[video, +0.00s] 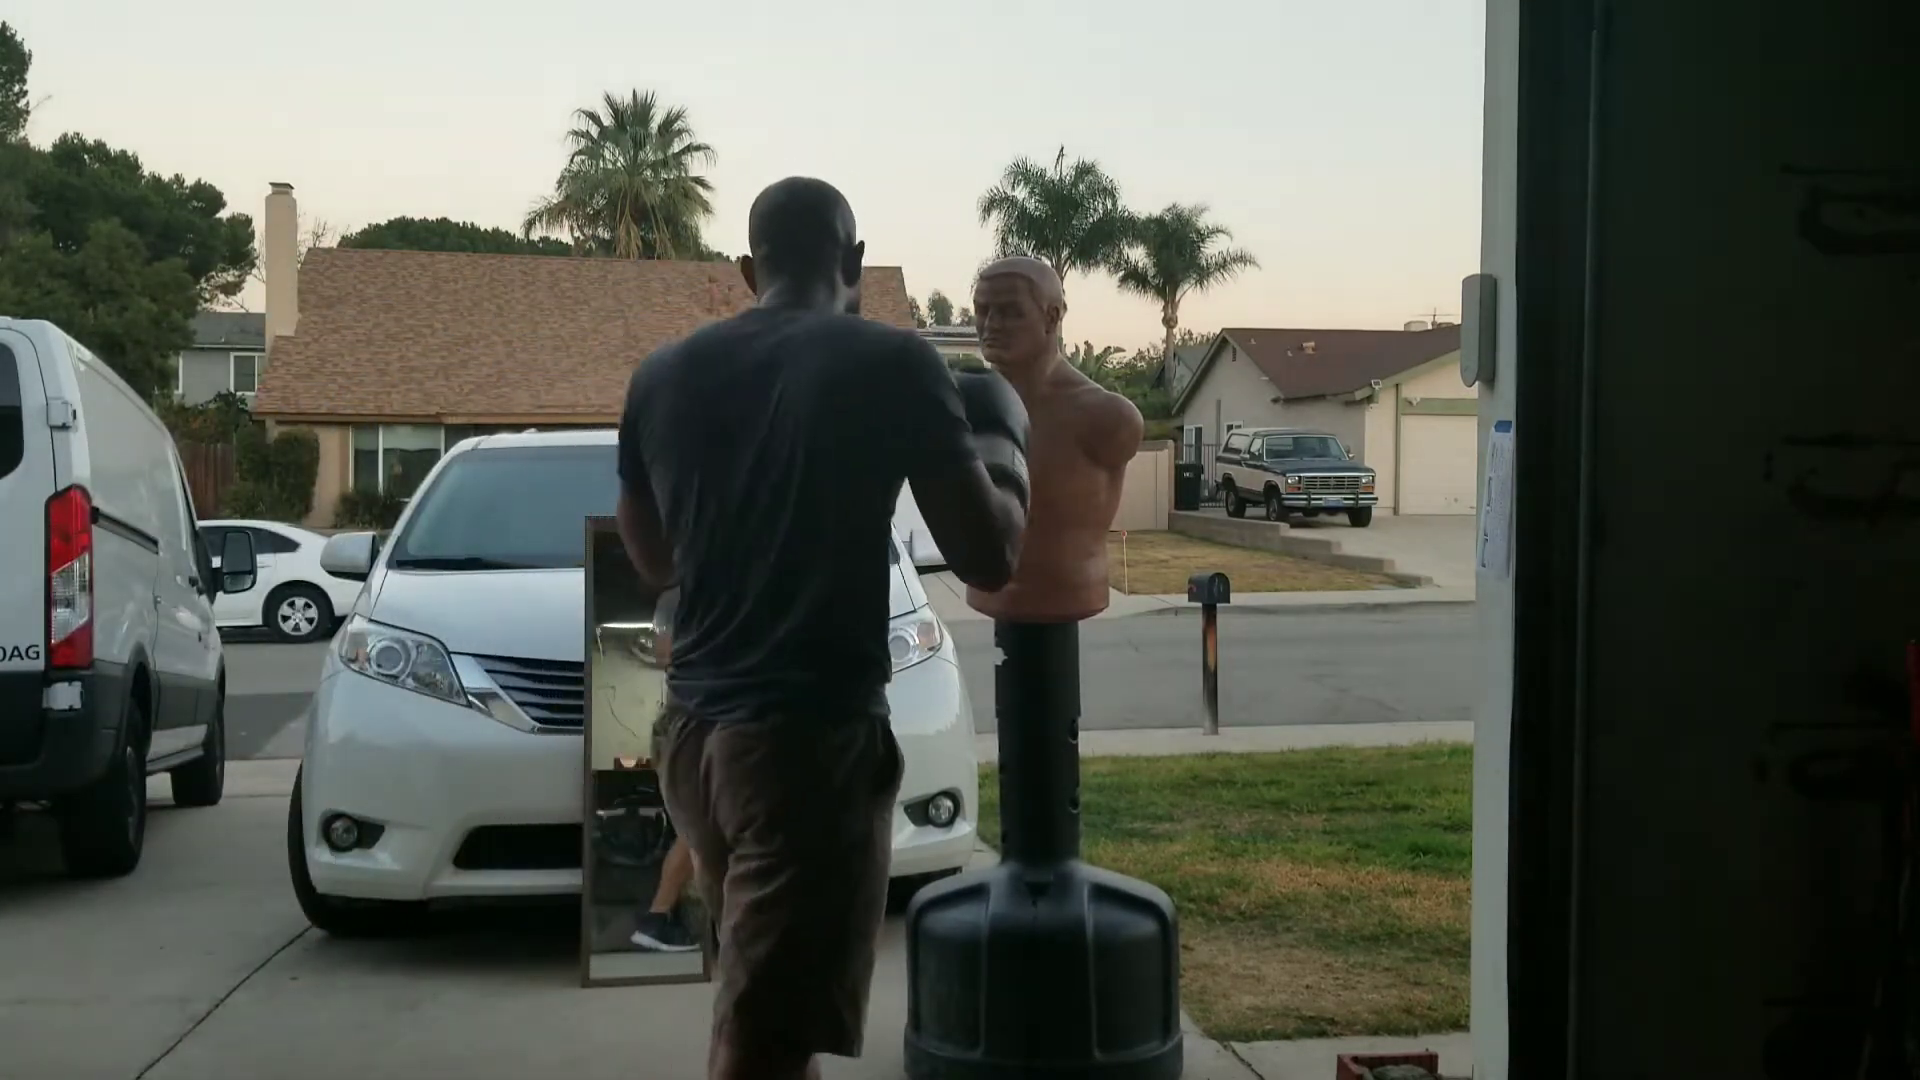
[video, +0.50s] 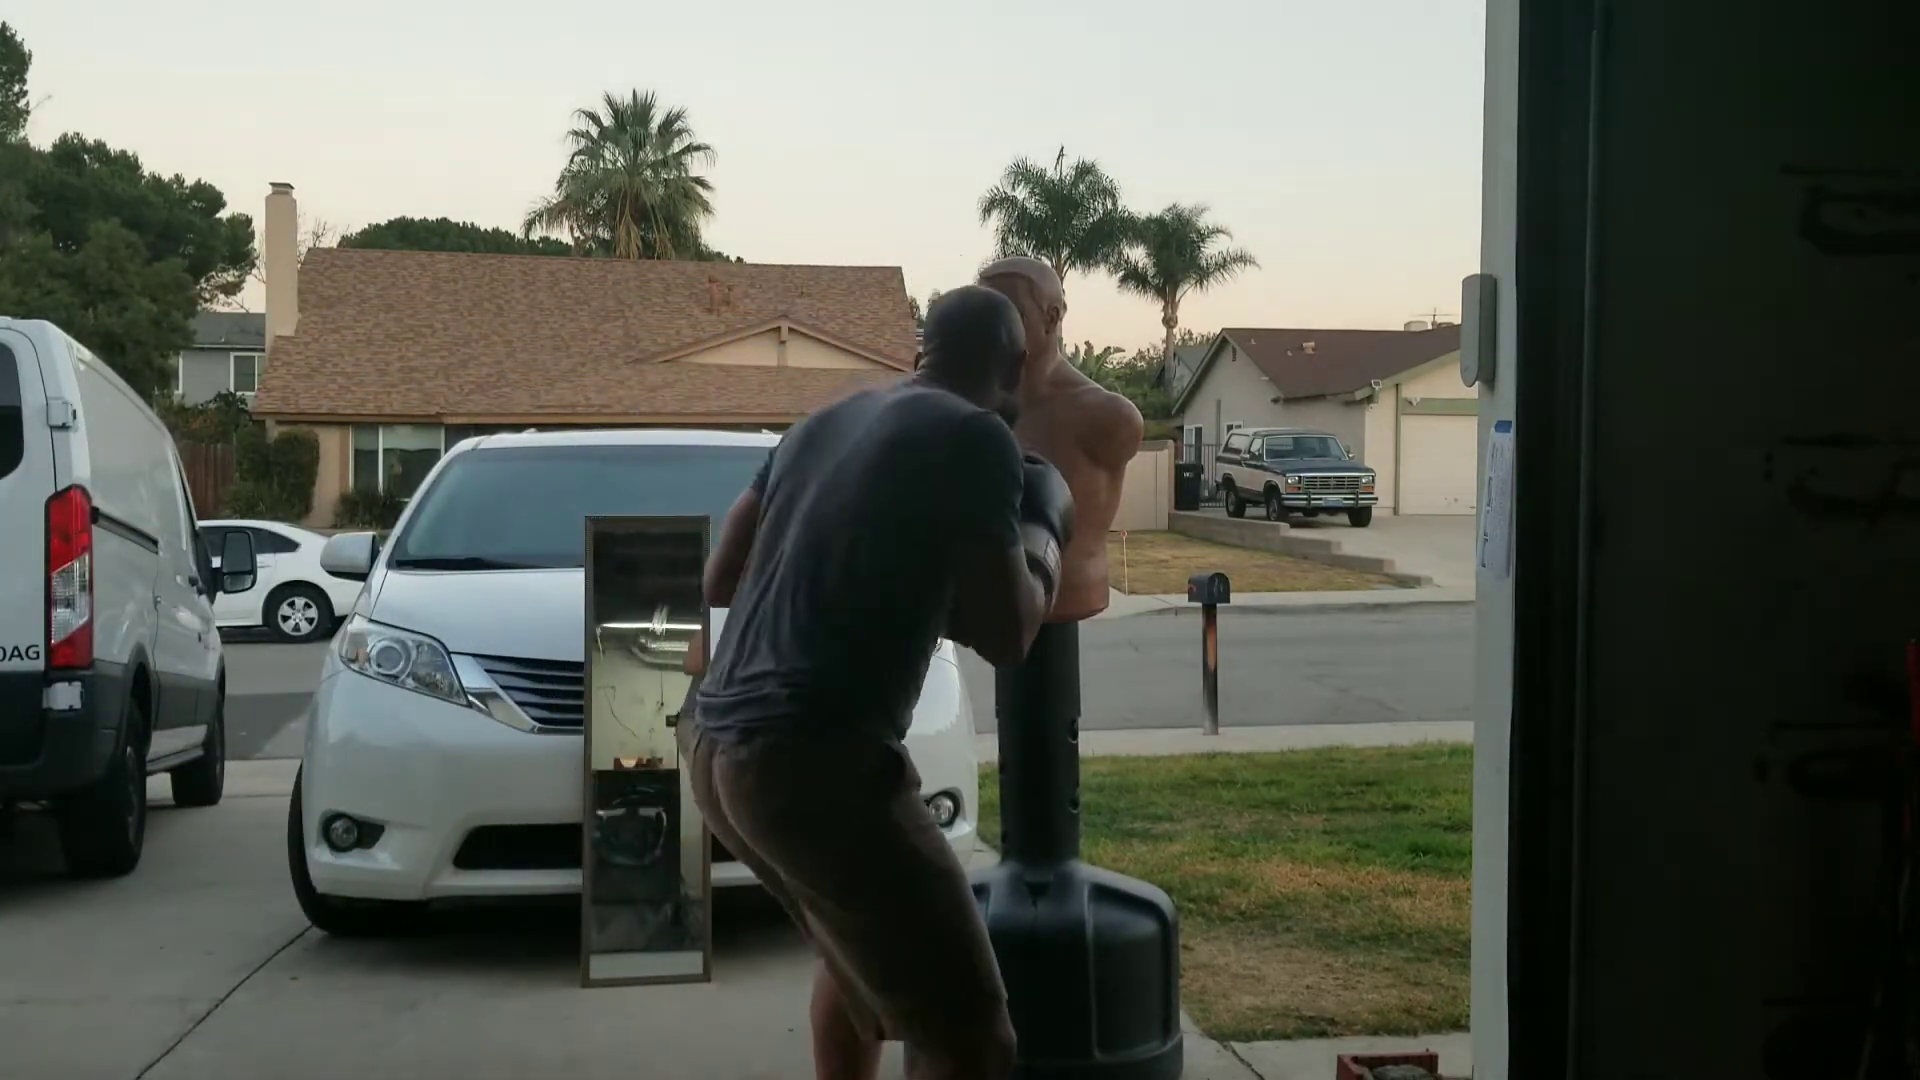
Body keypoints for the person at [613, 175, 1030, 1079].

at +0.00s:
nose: (861, 275)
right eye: (862, 262)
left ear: (748, 269)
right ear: (855, 260)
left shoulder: (662, 373)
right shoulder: (892, 359)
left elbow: (655, 566)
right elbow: (987, 556)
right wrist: (1001, 439)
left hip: (691, 738)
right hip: (810, 747)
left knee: (762, 1000)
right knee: (762, 1033)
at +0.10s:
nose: (878, 284)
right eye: (878, 272)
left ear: (768, 280)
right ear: (874, 272)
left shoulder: (684, 385)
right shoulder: (908, 365)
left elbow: (684, 577)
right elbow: (978, 561)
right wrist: (999, 459)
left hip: (713, 733)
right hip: (833, 737)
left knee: (796, 997)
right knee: (797, 1022)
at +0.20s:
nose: (922, 277)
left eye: (916, 266)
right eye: (921, 264)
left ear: (814, 265)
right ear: (913, 260)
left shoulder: (719, 362)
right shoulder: (915, 343)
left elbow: (704, 542)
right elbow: (979, 542)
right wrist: (985, 429)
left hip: (728, 705)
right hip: (837, 702)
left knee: (796, 978)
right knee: (856, 1015)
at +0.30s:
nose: (971, 315)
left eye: (977, 302)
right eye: (974, 296)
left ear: (870, 276)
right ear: (963, 285)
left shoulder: (786, 362)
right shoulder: (931, 358)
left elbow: (728, 523)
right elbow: (992, 554)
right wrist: (1007, 423)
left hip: (716, 703)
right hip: (816, 706)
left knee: (814, 971)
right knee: (911, 1015)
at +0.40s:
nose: (1025, 368)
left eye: (1026, 346)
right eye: (1025, 345)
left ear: (918, 331)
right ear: (1005, 347)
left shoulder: (828, 405)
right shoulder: (957, 416)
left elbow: (733, 552)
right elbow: (1002, 613)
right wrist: (1032, 493)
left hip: (712, 736)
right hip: (804, 744)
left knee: (837, 988)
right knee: (956, 1034)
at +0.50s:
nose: (1022, 396)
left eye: (1023, 374)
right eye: (1024, 374)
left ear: (921, 354)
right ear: (1009, 369)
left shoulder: (821, 422)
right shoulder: (975, 437)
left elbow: (721, 582)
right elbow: (1006, 637)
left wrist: (856, 560)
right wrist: (1039, 524)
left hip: (718, 757)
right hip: (821, 764)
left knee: (854, 965)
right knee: (969, 1034)